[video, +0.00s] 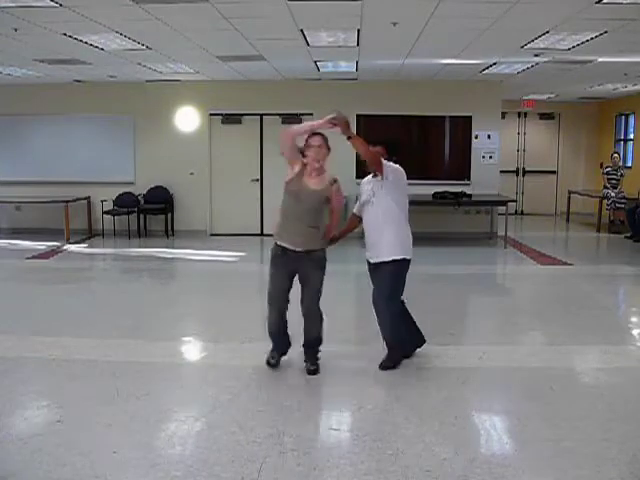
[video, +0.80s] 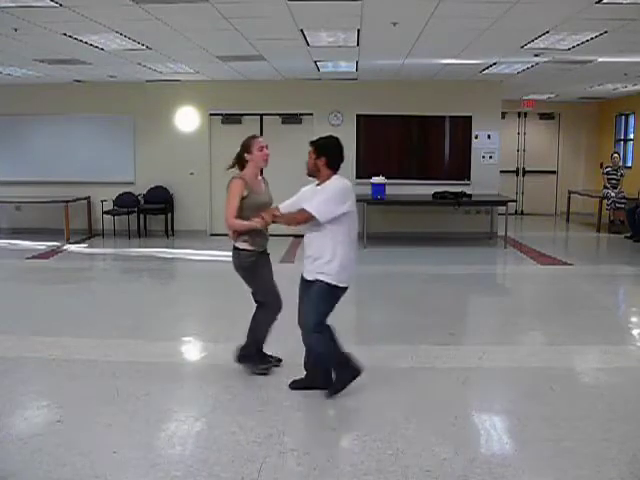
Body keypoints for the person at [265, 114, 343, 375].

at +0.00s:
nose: (315, 153)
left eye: (320, 149)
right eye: (312, 148)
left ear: (327, 154)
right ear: (305, 152)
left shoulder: (331, 185)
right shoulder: (295, 168)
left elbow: (334, 223)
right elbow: (287, 135)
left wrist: (325, 239)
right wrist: (319, 123)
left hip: (312, 254)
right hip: (282, 251)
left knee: (310, 307)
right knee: (275, 304)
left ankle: (311, 353)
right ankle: (279, 344)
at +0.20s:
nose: (273, 152)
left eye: (277, 148)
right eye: (276, 148)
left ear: (288, 154)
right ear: (294, 153)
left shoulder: (290, 190)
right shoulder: (303, 170)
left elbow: (304, 223)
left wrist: (316, 236)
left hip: (290, 252)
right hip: (285, 248)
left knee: (289, 303)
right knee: (278, 300)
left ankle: (323, 349)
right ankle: (300, 349)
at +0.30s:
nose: (267, 156)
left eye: (267, 153)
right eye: (271, 153)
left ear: (270, 155)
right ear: (289, 152)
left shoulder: (267, 187)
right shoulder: (302, 172)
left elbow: (274, 223)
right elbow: (322, 172)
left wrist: (296, 236)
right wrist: (327, 154)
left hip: (277, 251)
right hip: (297, 249)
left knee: (276, 304)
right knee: (290, 300)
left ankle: (309, 348)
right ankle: (302, 351)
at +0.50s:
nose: (279, 152)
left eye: (278, 148)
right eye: (277, 149)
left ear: (257, 153)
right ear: (269, 152)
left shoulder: (244, 180)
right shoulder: (272, 179)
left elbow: (242, 219)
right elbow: (298, 203)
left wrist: (266, 232)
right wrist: (316, 183)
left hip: (263, 247)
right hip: (288, 247)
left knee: (273, 299)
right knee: (296, 304)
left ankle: (266, 352)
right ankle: (301, 358)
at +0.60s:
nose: (277, 150)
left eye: (275, 146)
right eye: (272, 147)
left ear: (257, 153)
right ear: (260, 152)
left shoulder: (247, 179)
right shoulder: (259, 179)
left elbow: (242, 214)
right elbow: (270, 213)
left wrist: (254, 229)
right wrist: (299, 201)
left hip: (259, 249)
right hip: (275, 250)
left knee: (275, 300)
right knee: (291, 305)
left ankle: (256, 348)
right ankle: (291, 357)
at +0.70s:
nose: (272, 152)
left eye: (271, 148)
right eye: (267, 149)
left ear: (258, 155)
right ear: (253, 155)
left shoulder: (261, 180)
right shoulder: (247, 183)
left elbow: (262, 214)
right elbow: (245, 220)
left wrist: (284, 219)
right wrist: (277, 223)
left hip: (262, 250)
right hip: (257, 253)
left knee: (271, 302)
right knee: (283, 302)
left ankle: (254, 351)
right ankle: (279, 356)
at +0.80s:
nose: (267, 152)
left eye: (266, 148)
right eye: (261, 149)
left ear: (263, 154)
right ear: (248, 155)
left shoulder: (262, 181)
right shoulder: (238, 183)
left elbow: (262, 211)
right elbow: (231, 222)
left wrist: (277, 216)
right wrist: (256, 224)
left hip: (259, 250)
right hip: (246, 252)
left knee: (268, 303)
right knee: (271, 303)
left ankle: (255, 350)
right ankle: (249, 352)